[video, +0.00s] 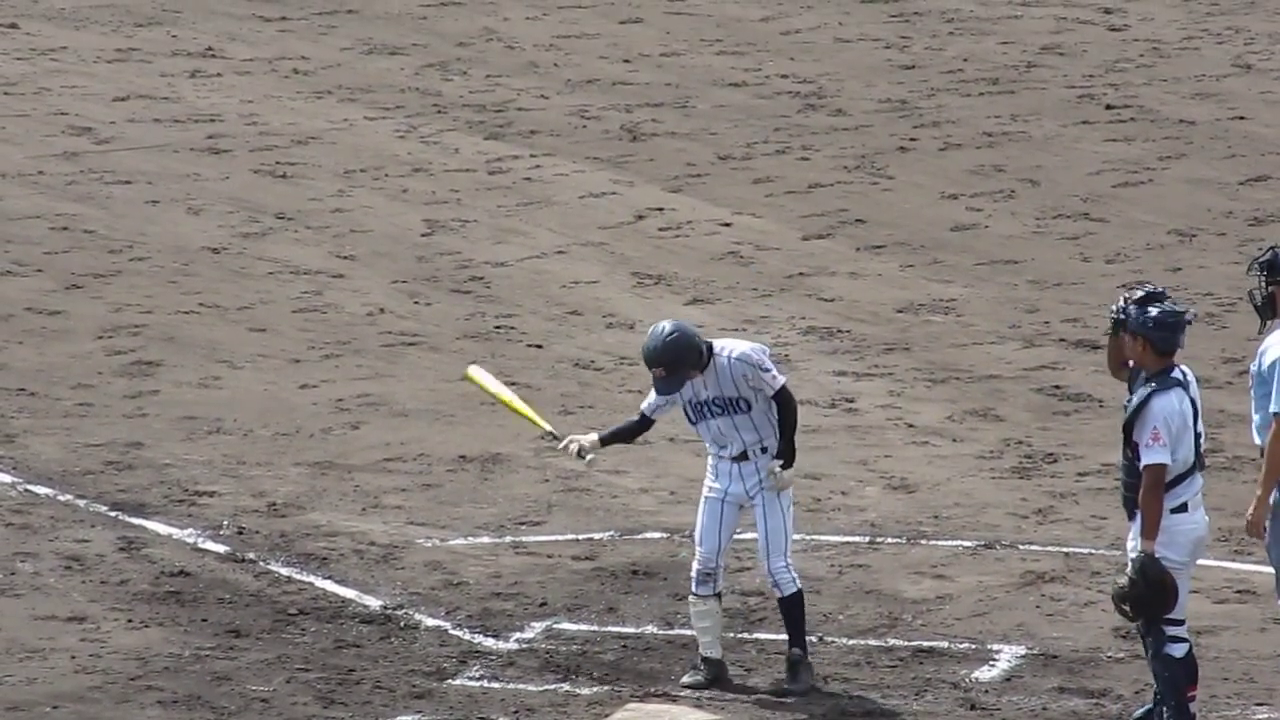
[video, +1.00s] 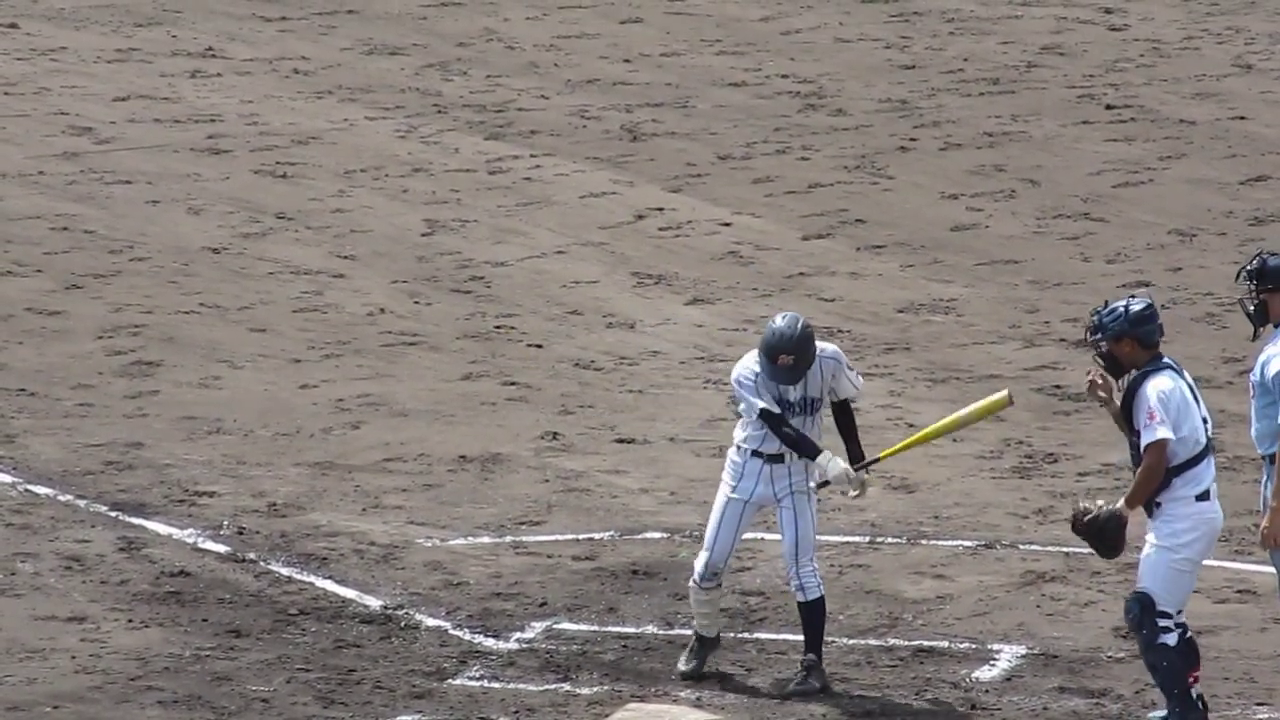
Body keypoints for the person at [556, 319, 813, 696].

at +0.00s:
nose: (667, 382)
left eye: (671, 375)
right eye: (662, 376)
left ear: (690, 360)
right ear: (663, 363)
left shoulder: (744, 358)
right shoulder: (673, 378)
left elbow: (787, 401)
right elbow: (641, 422)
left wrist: (784, 460)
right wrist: (596, 439)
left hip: (767, 467)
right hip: (721, 471)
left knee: (778, 567)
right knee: (705, 564)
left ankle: (799, 663)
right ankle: (711, 664)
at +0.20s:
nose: (671, 381)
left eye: (676, 373)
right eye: (667, 374)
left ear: (698, 361)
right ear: (675, 362)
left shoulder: (750, 361)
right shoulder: (682, 373)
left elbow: (794, 403)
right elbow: (642, 403)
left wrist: (792, 464)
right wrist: (592, 408)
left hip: (774, 468)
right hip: (730, 471)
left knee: (774, 566)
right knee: (711, 566)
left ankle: (814, 641)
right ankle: (712, 663)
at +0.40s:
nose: (701, 382)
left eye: (708, 376)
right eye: (698, 374)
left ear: (732, 365)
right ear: (696, 363)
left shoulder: (780, 367)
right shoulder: (700, 374)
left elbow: (816, 412)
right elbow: (668, 414)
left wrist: (812, 472)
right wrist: (621, 437)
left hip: (788, 474)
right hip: (743, 475)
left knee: (789, 575)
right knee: (716, 568)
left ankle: (811, 665)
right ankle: (711, 662)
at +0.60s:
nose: (750, 385)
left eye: (758, 378)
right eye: (745, 376)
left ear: (779, 364)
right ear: (737, 361)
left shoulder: (814, 371)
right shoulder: (728, 373)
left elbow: (839, 415)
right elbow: (723, 431)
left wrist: (843, 475)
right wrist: (708, 483)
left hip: (800, 476)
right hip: (750, 474)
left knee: (800, 572)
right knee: (725, 565)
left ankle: (811, 667)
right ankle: (712, 661)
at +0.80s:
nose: (779, 369)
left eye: (787, 364)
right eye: (774, 362)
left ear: (805, 356)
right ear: (764, 352)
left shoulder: (831, 367)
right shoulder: (746, 370)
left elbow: (848, 414)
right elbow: (754, 431)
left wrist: (861, 472)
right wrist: (767, 487)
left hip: (798, 470)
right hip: (748, 468)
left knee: (801, 567)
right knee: (717, 561)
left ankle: (813, 665)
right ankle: (719, 642)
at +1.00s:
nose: (783, 370)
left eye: (791, 365)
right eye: (777, 363)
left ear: (808, 354)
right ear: (767, 353)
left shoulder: (829, 361)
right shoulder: (748, 372)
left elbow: (842, 409)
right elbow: (779, 426)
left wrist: (856, 464)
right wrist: (826, 460)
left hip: (796, 473)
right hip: (745, 468)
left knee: (801, 569)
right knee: (708, 567)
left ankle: (813, 665)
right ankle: (704, 639)